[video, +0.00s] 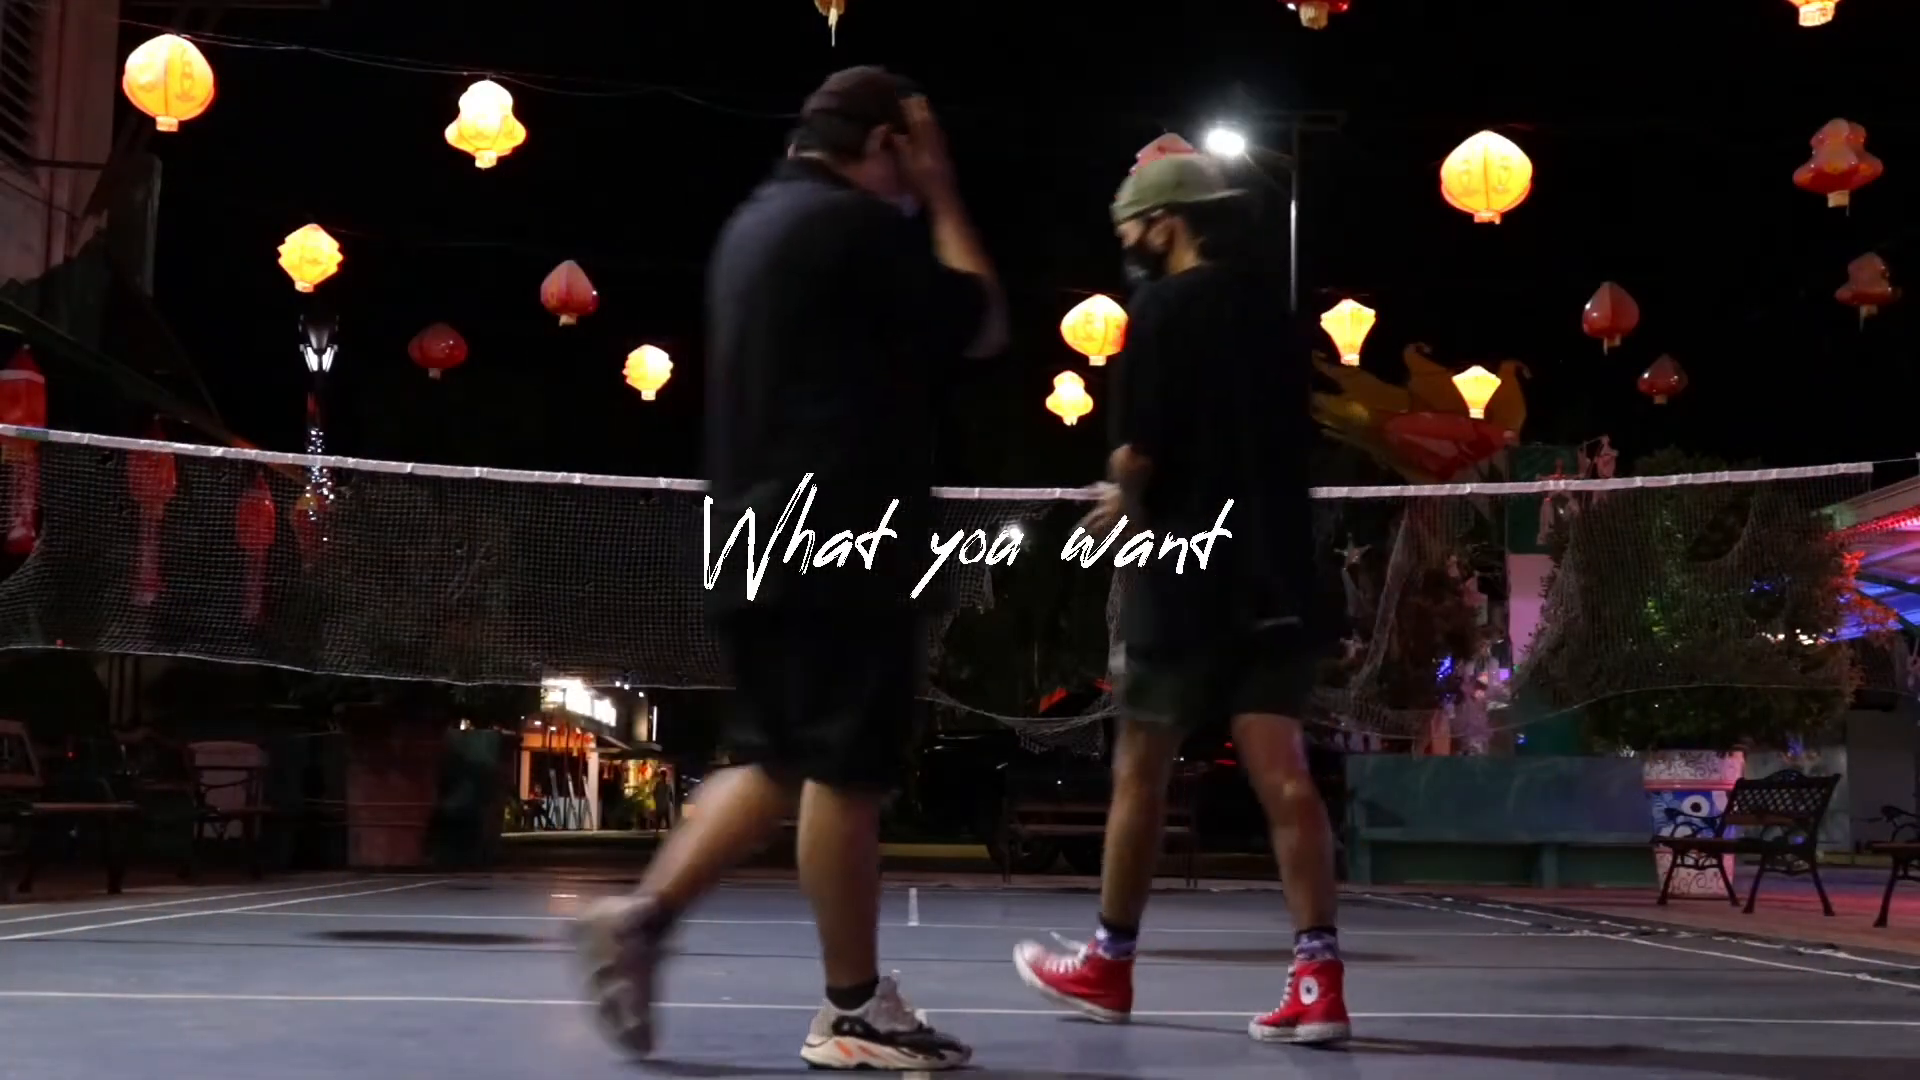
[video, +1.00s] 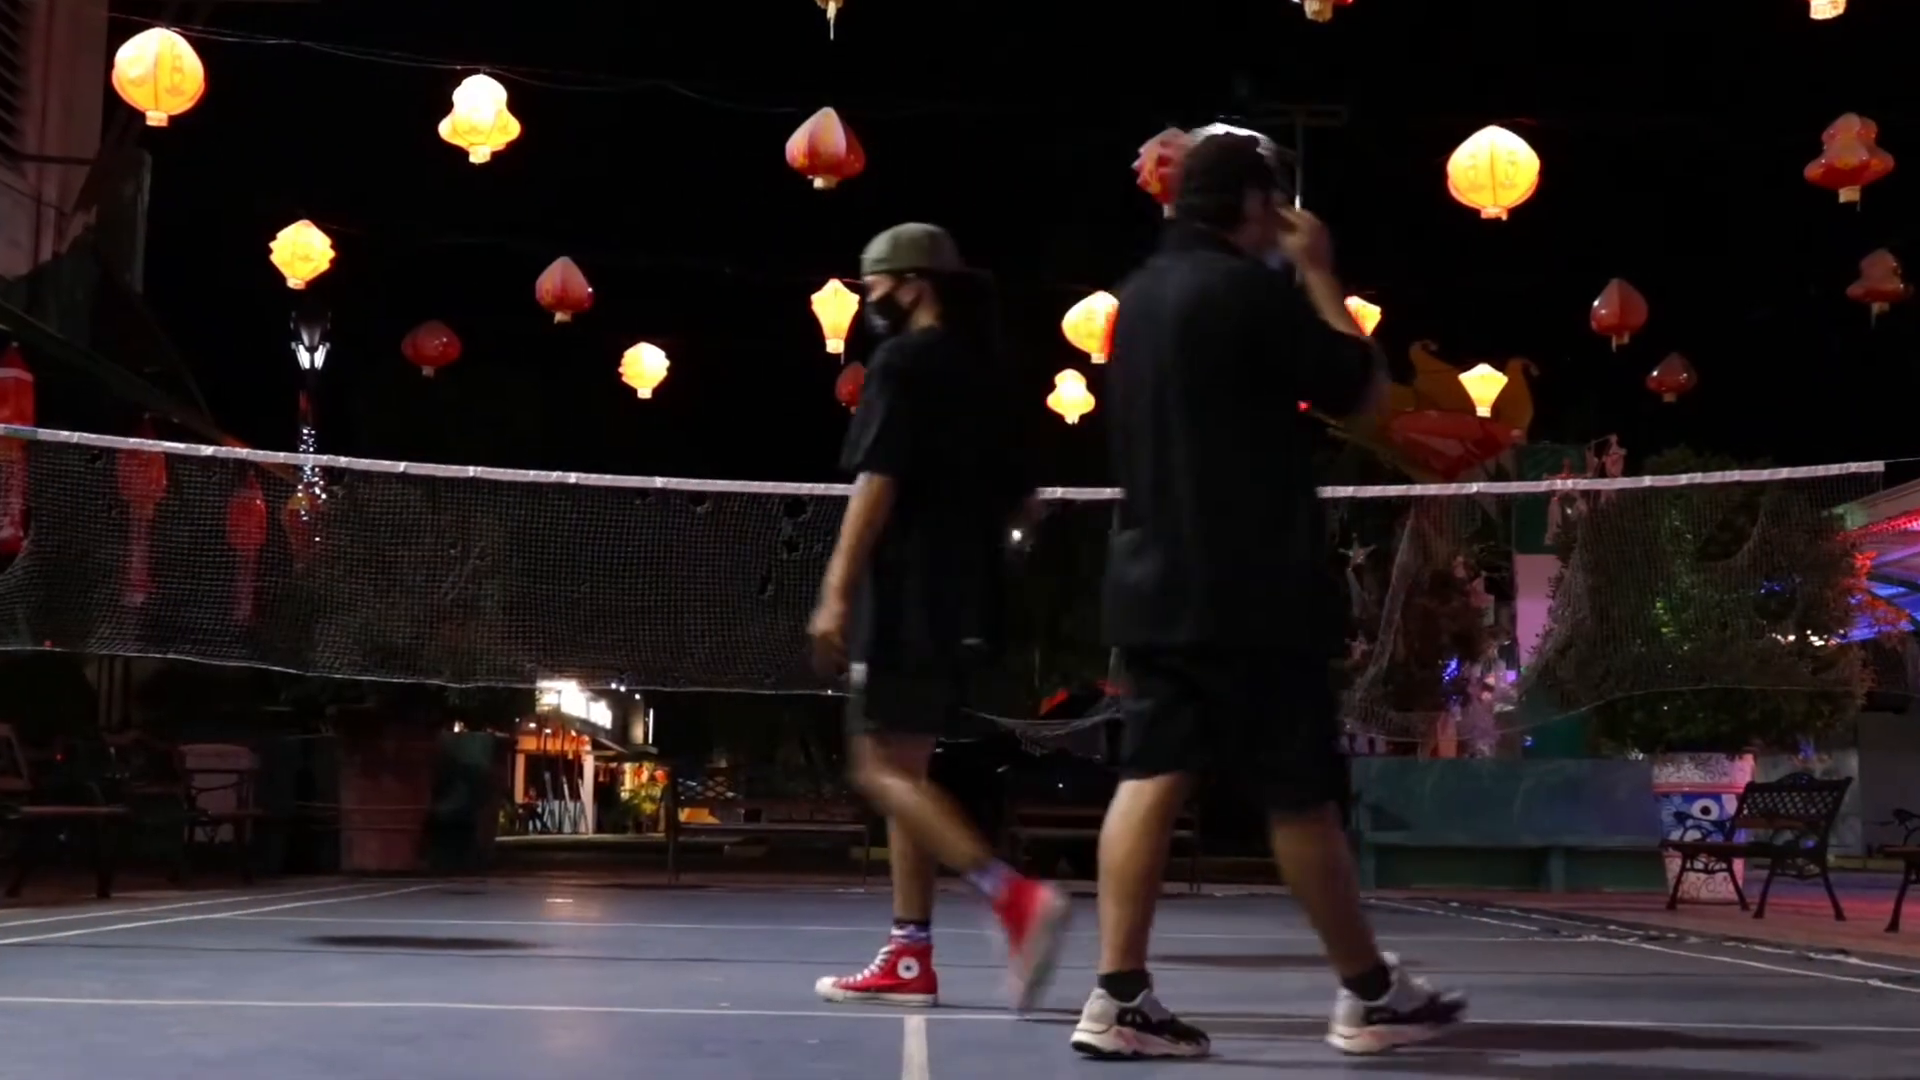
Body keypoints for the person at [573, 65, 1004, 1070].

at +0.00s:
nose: (921, 166)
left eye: (919, 146)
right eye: (916, 146)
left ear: (810, 139)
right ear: (882, 146)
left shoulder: (754, 226)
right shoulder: (863, 229)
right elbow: (979, 323)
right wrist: (940, 191)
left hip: (757, 540)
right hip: (848, 545)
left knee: (777, 756)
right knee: (845, 769)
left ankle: (638, 920)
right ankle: (854, 1007)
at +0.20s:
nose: (991, 157)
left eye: (986, 141)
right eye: (986, 142)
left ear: (881, 142)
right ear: (954, 144)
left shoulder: (825, 237)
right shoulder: (940, 233)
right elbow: (1059, 335)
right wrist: (1007, 221)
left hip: (842, 537)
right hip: (926, 541)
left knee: (934, 752)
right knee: (899, 758)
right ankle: (854, 1007)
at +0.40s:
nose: (1055, 183)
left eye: (1051, 167)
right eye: (1051, 168)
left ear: (949, 167)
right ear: (1025, 169)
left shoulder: (902, 266)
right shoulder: (1028, 256)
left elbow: (911, 392)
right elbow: (1145, 349)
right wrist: (1085, 240)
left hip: (931, 550)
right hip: (1012, 553)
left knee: (1018, 779)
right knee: (942, 768)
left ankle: (1102, 987)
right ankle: (862, 997)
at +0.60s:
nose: (1129, 192)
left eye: (1126, 177)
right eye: (1124, 179)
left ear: (1024, 180)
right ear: (1096, 181)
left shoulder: (985, 274)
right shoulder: (1101, 264)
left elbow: (961, 439)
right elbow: (1220, 345)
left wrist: (963, 548)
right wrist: (1157, 240)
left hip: (1006, 556)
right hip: (1101, 554)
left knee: (1060, 772)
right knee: (1098, 771)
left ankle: (1108, 990)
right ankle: (953, 931)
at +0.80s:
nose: (1205, 194)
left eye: (1201, 178)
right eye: (1198, 178)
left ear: (1100, 188)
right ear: (1170, 188)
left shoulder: (1057, 284)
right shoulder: (1171, 273)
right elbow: (1282, 358)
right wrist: (1233, 249)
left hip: (1089, 565)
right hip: (1191, 564)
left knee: (1112, 764)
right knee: (1248, 748)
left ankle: (1106, 998)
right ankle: (1175, 953)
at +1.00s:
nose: (1286, 217)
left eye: (1283, 200)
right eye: (1280, 200)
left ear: (1183, 205)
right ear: (1252, 206)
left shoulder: (1141, 296)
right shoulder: (1253, 294)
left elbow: (1136, 433)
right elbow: (1359, 391)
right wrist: (1319, 274)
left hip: (1154, 586)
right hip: (1256, 588)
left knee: (1150, 775)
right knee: (1298, 793)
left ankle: (1117, 994)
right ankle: (1371, 990)